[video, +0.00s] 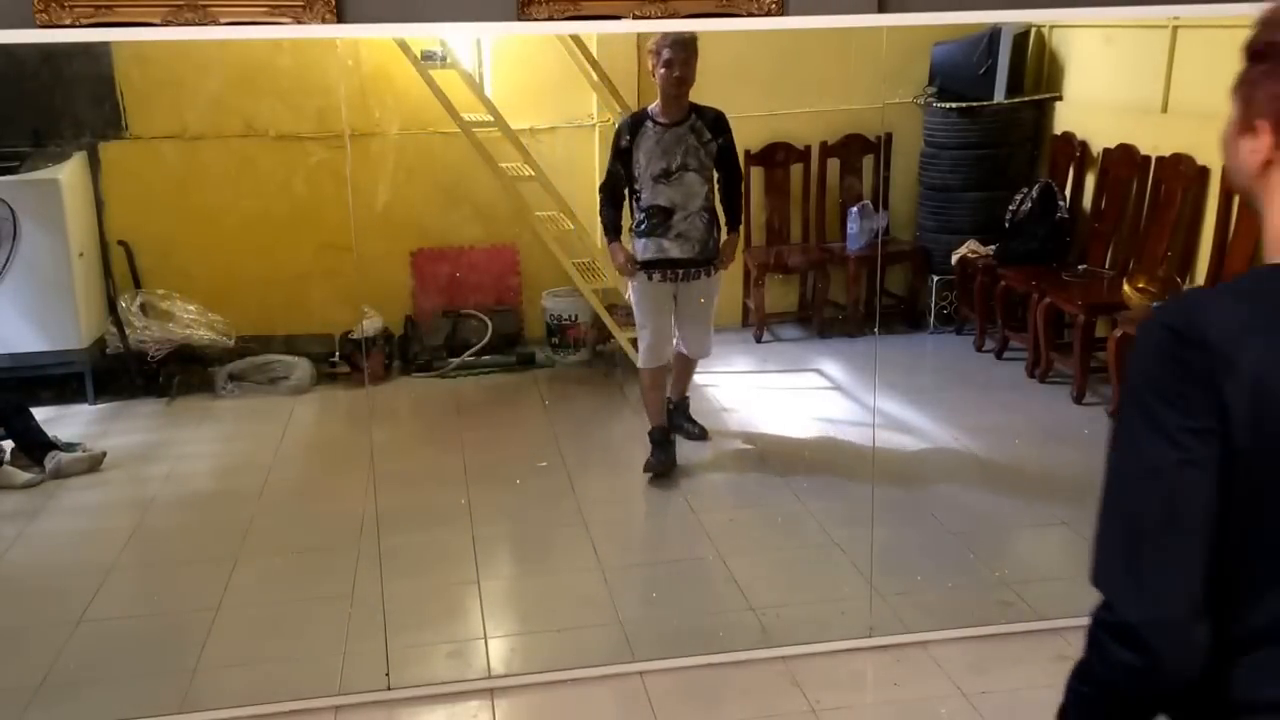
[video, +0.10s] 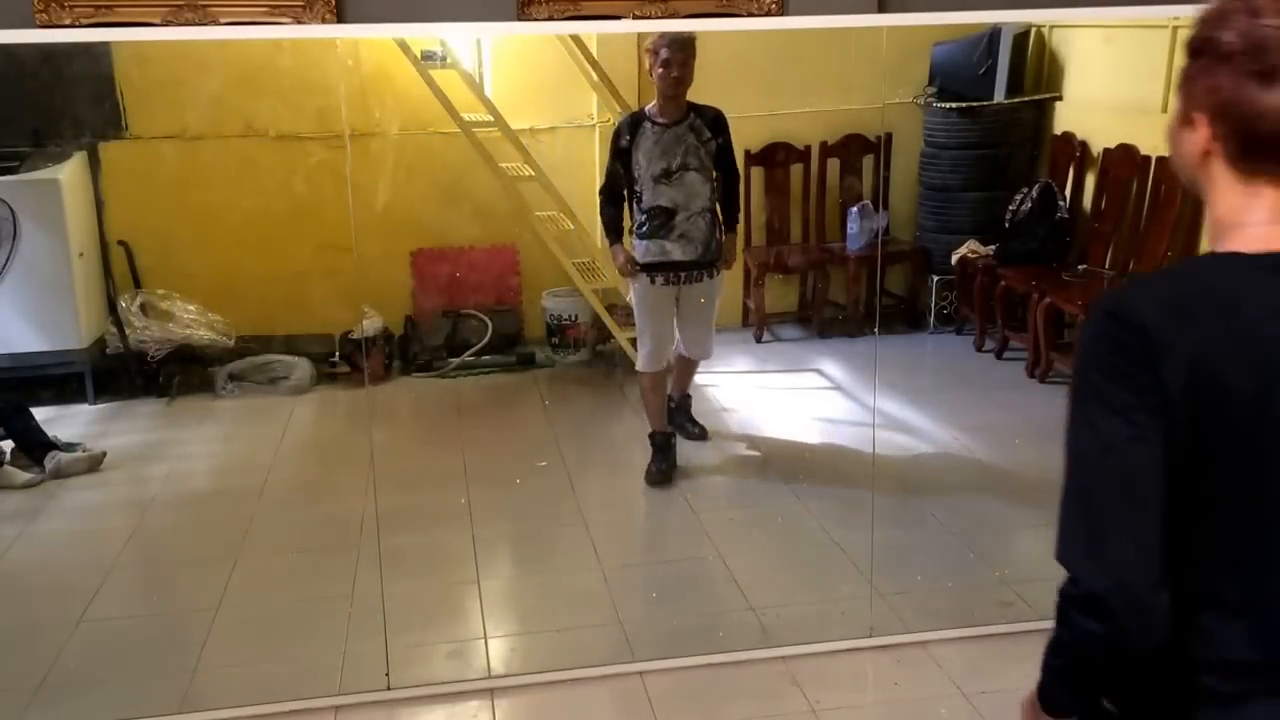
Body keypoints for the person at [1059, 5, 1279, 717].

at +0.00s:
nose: (1226, 145)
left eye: (1231, 124)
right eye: (1231, 123)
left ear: (1260, 141)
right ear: (1264, 142)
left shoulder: (1204, 336)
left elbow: (1149, 628)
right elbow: (1147, 624)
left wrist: (1088, 706)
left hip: (1239, 697)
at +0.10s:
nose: (1170, 130)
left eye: (1175, 110)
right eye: (1178, 107)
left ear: (1201, 130)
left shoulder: (1147, 322)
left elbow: (1110, 586)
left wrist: (1055, 697)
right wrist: (1061, 694)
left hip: (1192, 697)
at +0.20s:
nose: (1117, 117)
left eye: (1122, 96)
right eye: (1124, 94)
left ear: (1141, 120)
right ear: (1268, 120)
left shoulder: (1094, 304)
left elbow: (1071, 543)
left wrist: (1027, 675)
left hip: (1151, 686)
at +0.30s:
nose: (1073, 114)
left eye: (1075, 96)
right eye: (1076, 93)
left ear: (1091, 116)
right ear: (1215, 111)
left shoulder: (1041, 285)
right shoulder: (1267, 250)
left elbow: (1019, 511)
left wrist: (999, 665)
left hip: (1106, 690)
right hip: (1264, 680)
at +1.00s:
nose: (1040, 103)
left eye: (1041, 87)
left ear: (1054, 102)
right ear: (1167, 90)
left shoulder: (1010, 257)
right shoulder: (1255, 236)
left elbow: (973, 443)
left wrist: (966, 565)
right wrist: (1273, 564)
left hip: (1061, 631)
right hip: (1221, 627)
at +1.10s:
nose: (1067, 107)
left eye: (1066, 90)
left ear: (1079, 104)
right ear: (1192, 94)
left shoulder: (1010, 253)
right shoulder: (1264, 236)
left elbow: (981, 463)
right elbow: (1278, 436)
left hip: (1058, 637)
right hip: (1225, 644)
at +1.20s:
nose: (1091, 102)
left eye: (1090, 85)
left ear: (1101, 104)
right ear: (1215, 100)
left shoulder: (1030, 243)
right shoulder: (1263, 239)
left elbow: (1008, 433)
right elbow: (1277, 426)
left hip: (1066, 618)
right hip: (1223, 630)